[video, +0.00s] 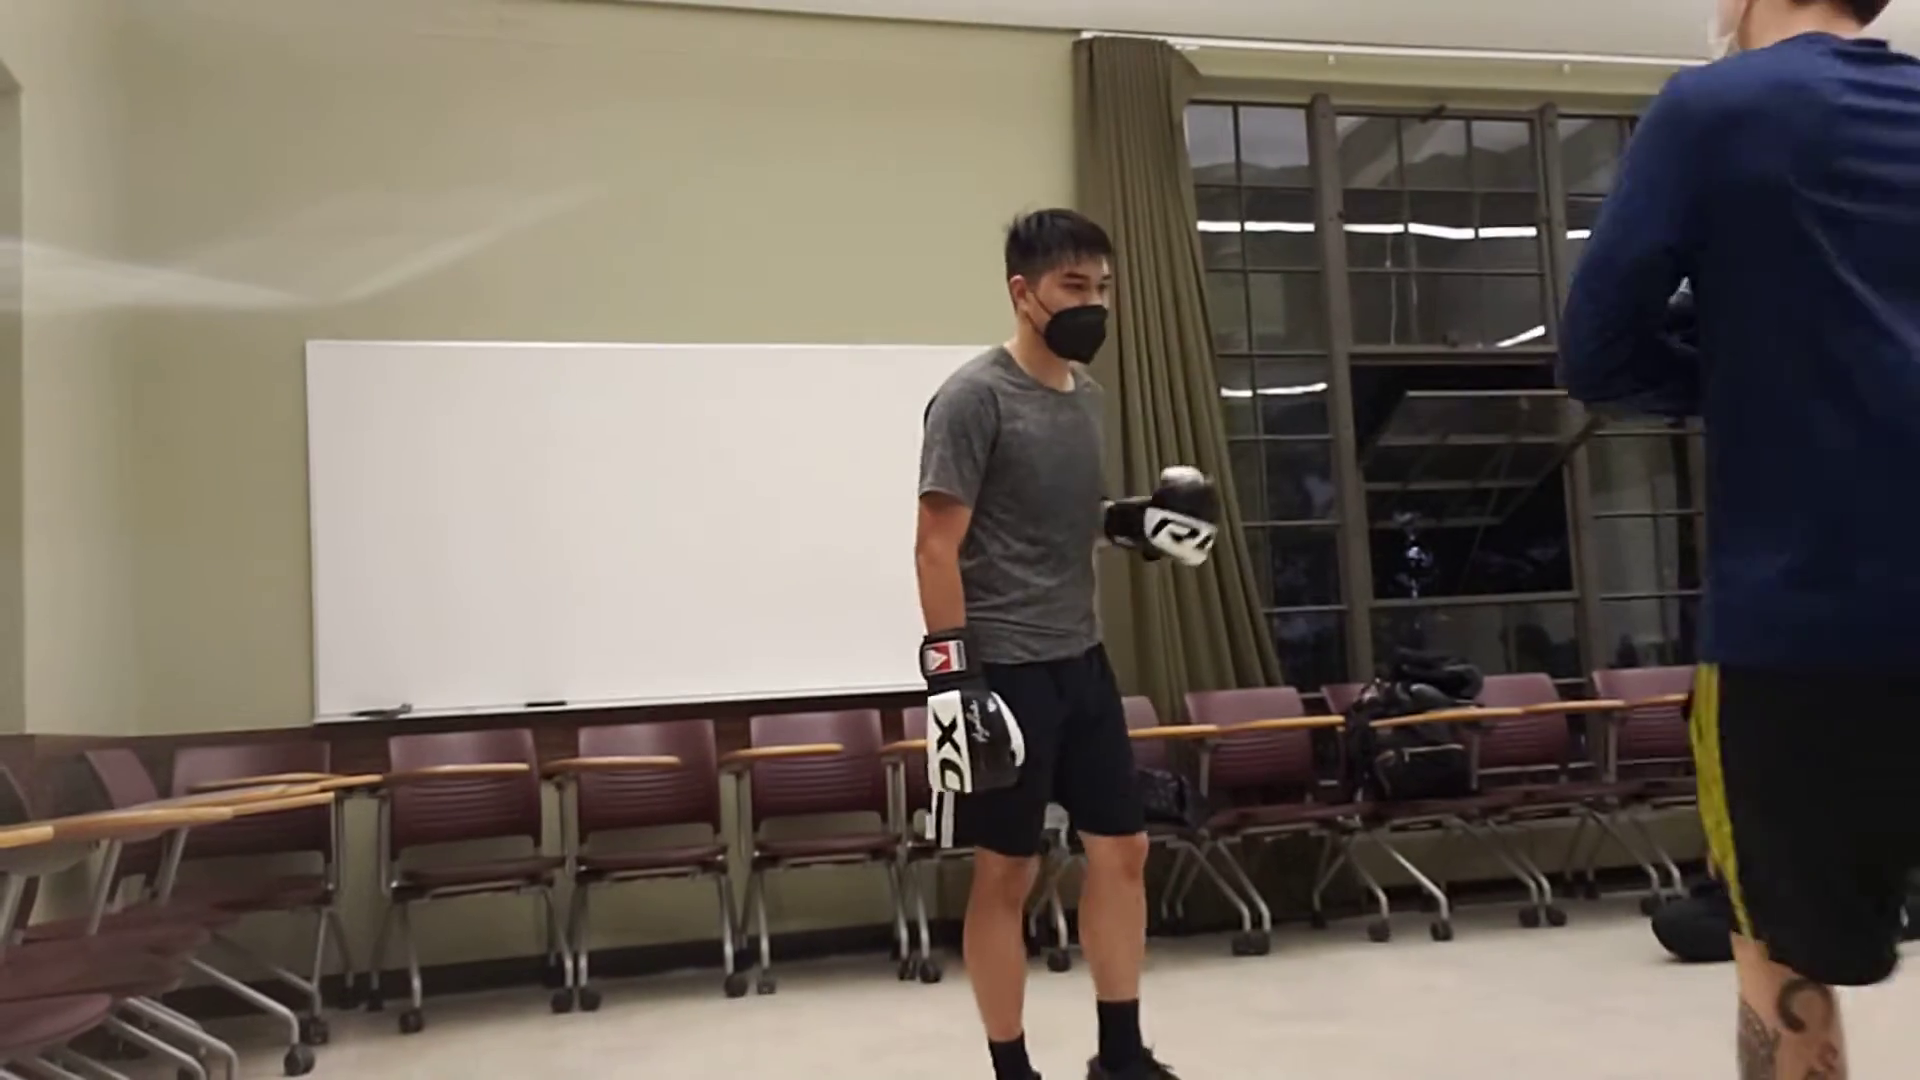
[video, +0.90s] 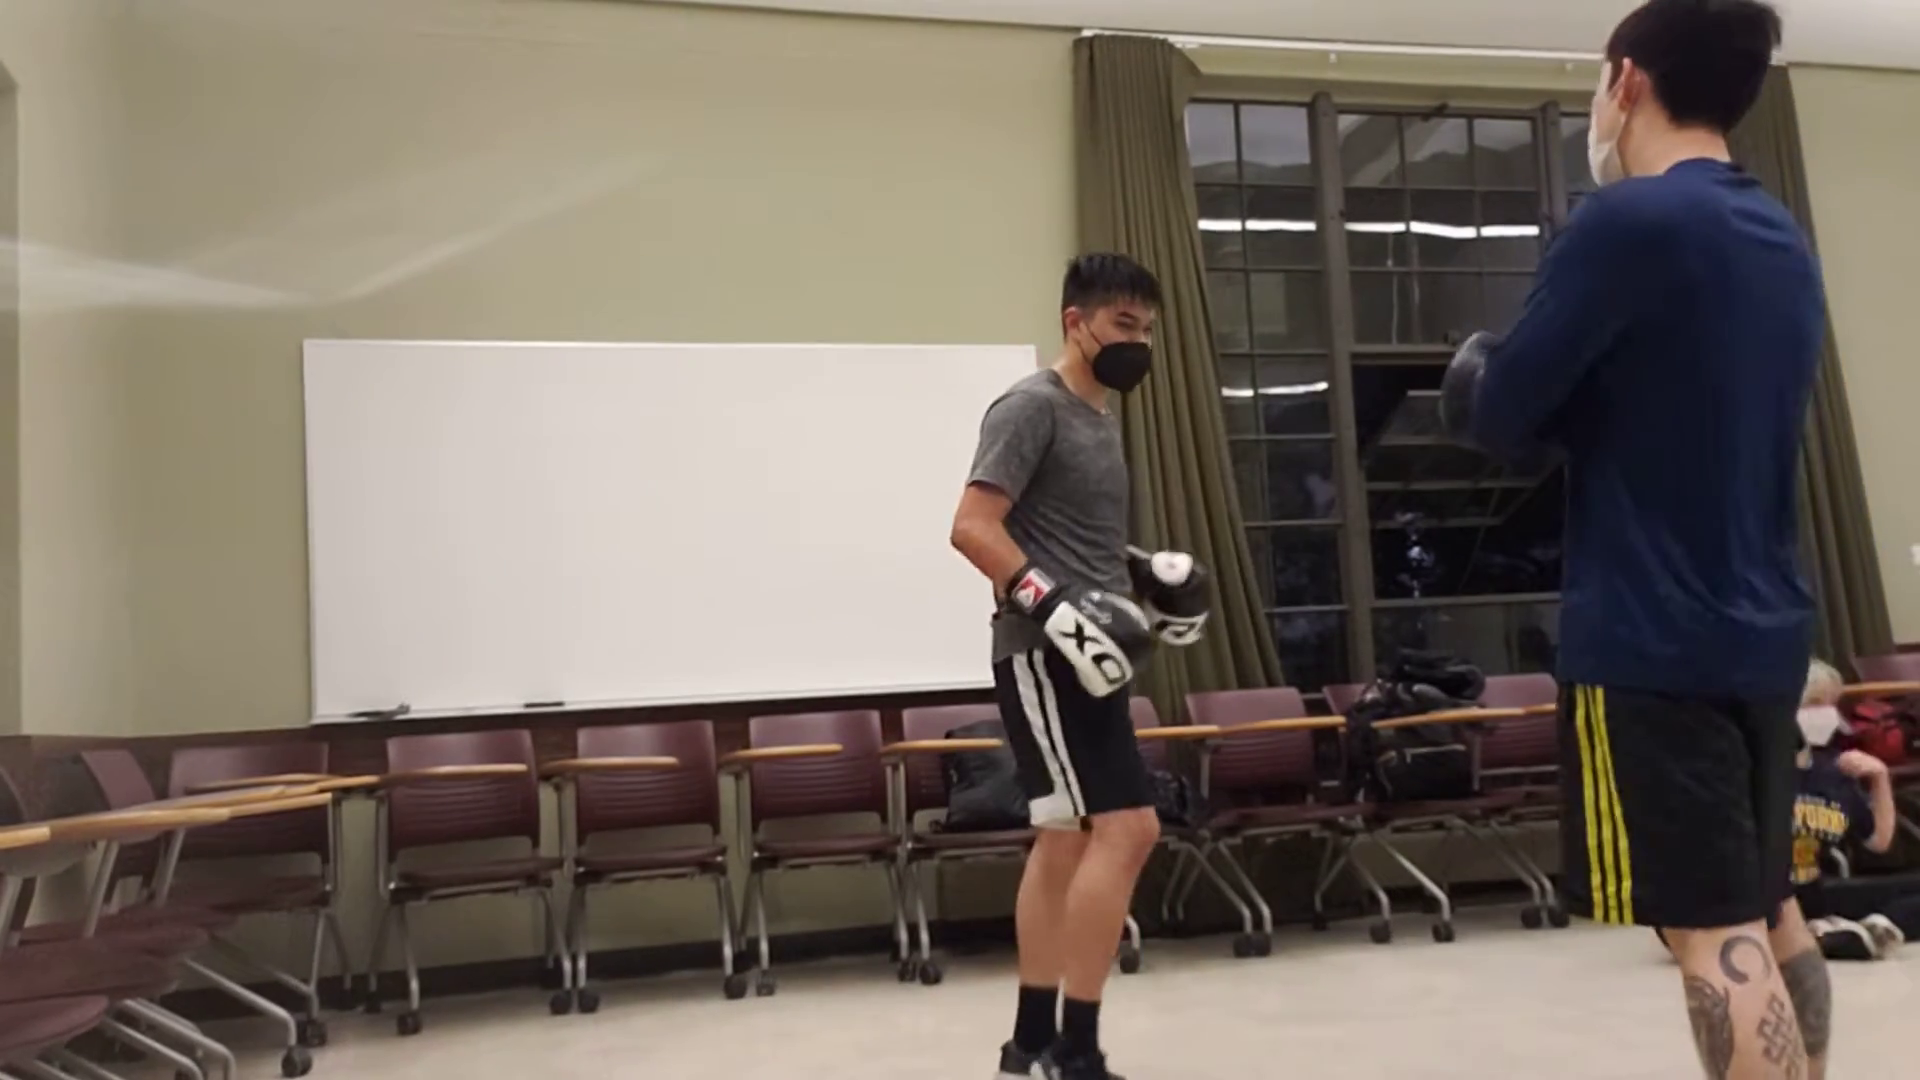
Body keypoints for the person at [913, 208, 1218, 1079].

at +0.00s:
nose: (1091, 301)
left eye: (1100, 287)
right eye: (1072, 285)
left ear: (1106, 292)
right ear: (1019, 290)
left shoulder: (1084, 396)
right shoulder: (971, 398)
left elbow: (1060, 518)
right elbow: (936, 546)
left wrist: (1131, 524)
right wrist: (950, 680)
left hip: (1080, 664)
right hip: (1000, 673)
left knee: (1122, 850)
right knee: (1006, 873)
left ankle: (1122, 1054)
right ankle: (1013, 1070)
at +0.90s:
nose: (1136, 343)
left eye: (1145, 330)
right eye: (1123, 324)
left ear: (1147, 335)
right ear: (1074, 320)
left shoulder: (1099, 417)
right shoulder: (1030, 405)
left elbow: (1082, 542)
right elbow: (972, 526)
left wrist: (1145, 577)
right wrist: (1053, 605)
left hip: (1083, 644)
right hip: (1045, 645)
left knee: (1062, 841)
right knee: (1127, 829)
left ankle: (1032, 1043)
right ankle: (1074, 1050)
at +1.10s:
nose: (1164, 333)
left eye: (1170, 319)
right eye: (1150, 316)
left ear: (1129, 320)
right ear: (1097, 313)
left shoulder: (1099, 405)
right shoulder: (1064, 395)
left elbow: (1070, 527)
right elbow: (1020, 500)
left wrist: (1143, 590)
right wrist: (1117, 515)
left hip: (1089, 651)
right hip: (1076, 654)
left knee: (1068, 852)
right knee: (1127, 861)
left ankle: (1037, 1033)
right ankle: (1146, 1067)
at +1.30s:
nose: (1175, 318)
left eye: (1180, 303)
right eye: (1165, 298)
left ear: (1114, 299)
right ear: (1109, 292)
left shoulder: (1070, 381)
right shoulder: (1086, 377)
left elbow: (1083, 511)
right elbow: (1115, 483)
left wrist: (1163, 518)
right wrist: (1231, 440)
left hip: (1070, 640)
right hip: (1095, 643)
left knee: (1081, 844)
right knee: (1129, 857)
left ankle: (1034, 1026)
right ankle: (1147, 1068)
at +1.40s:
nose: (1168, 306)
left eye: (1171, 292)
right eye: (1156, 290)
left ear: (1106, 295)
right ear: (1100, 288)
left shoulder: (1066, 375)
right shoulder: (1082, 374)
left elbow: (1090, 509)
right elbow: (1131, 487)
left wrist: (1168, 510)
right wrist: (1237, 429)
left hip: (1072, 638)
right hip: (1092, 641)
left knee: (1079, 840)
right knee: (1127, 858)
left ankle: (998, 1009)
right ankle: (1149, 1071)